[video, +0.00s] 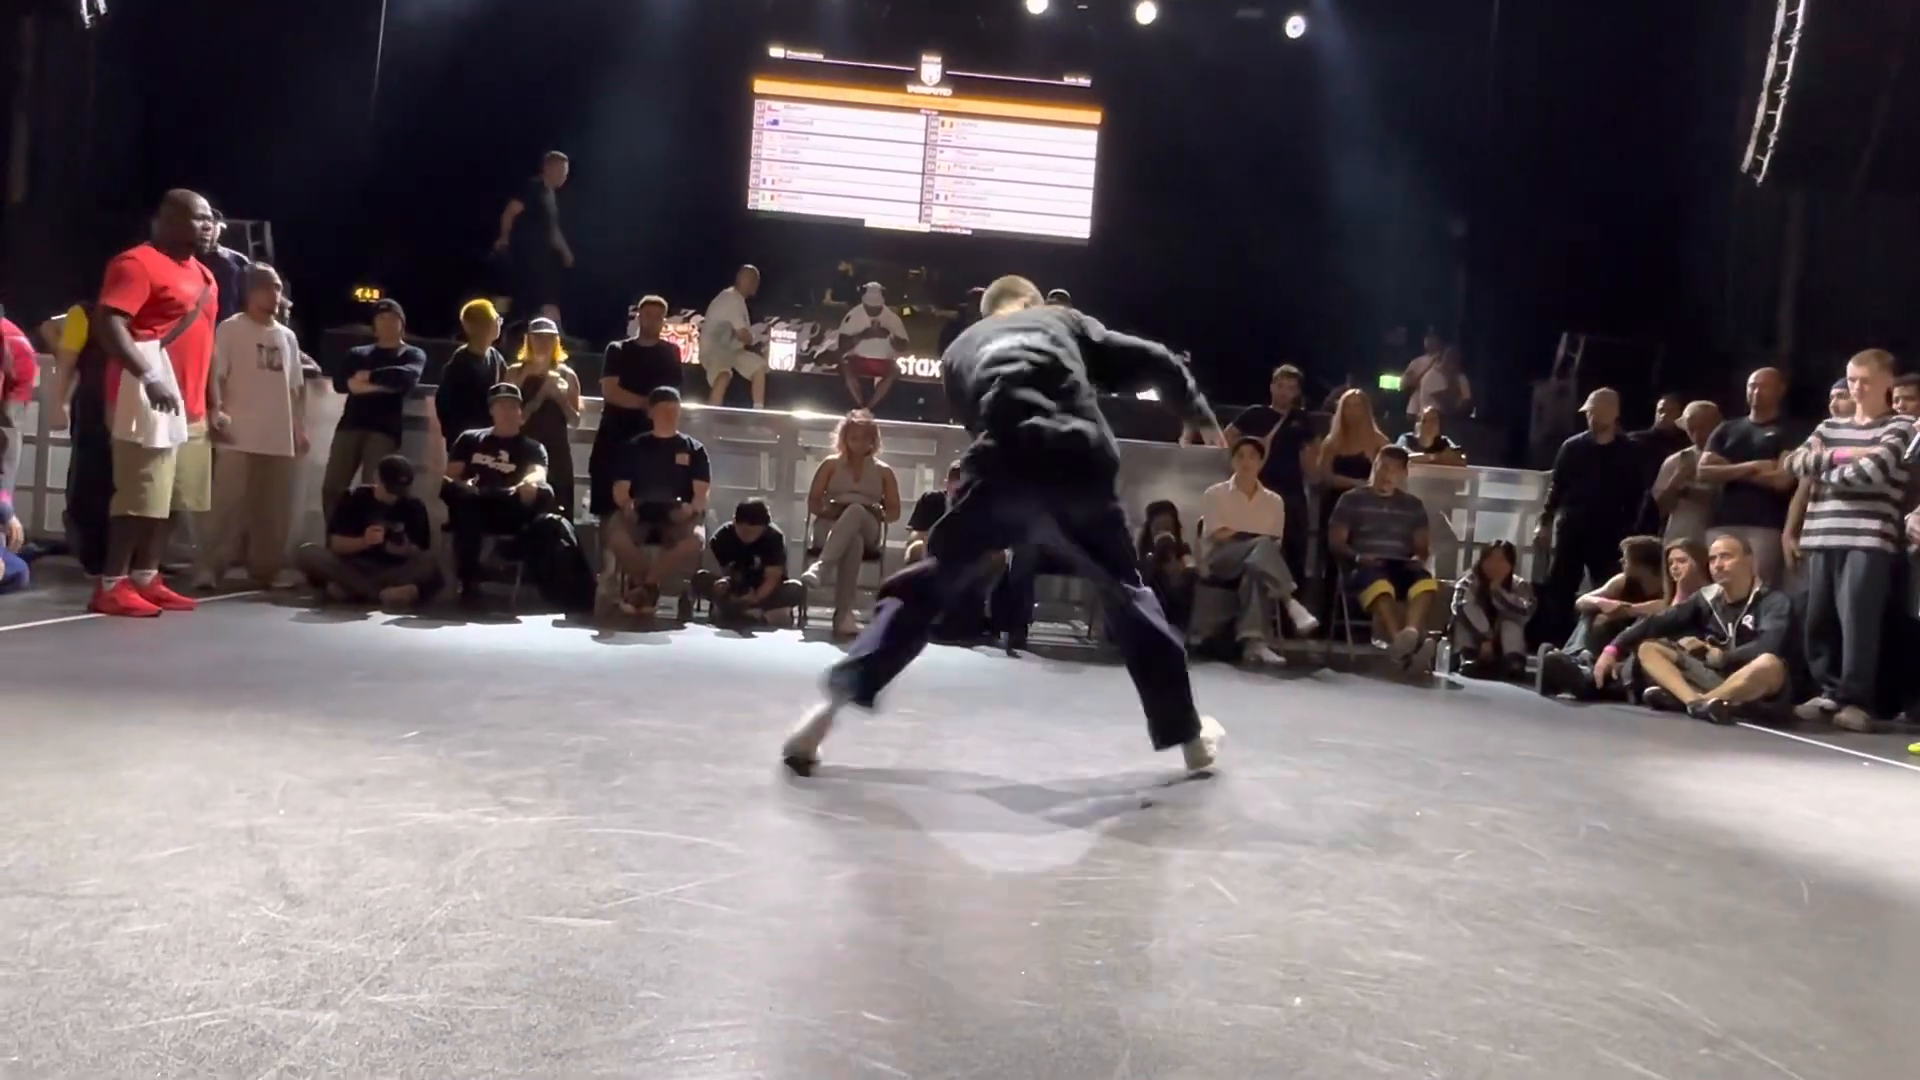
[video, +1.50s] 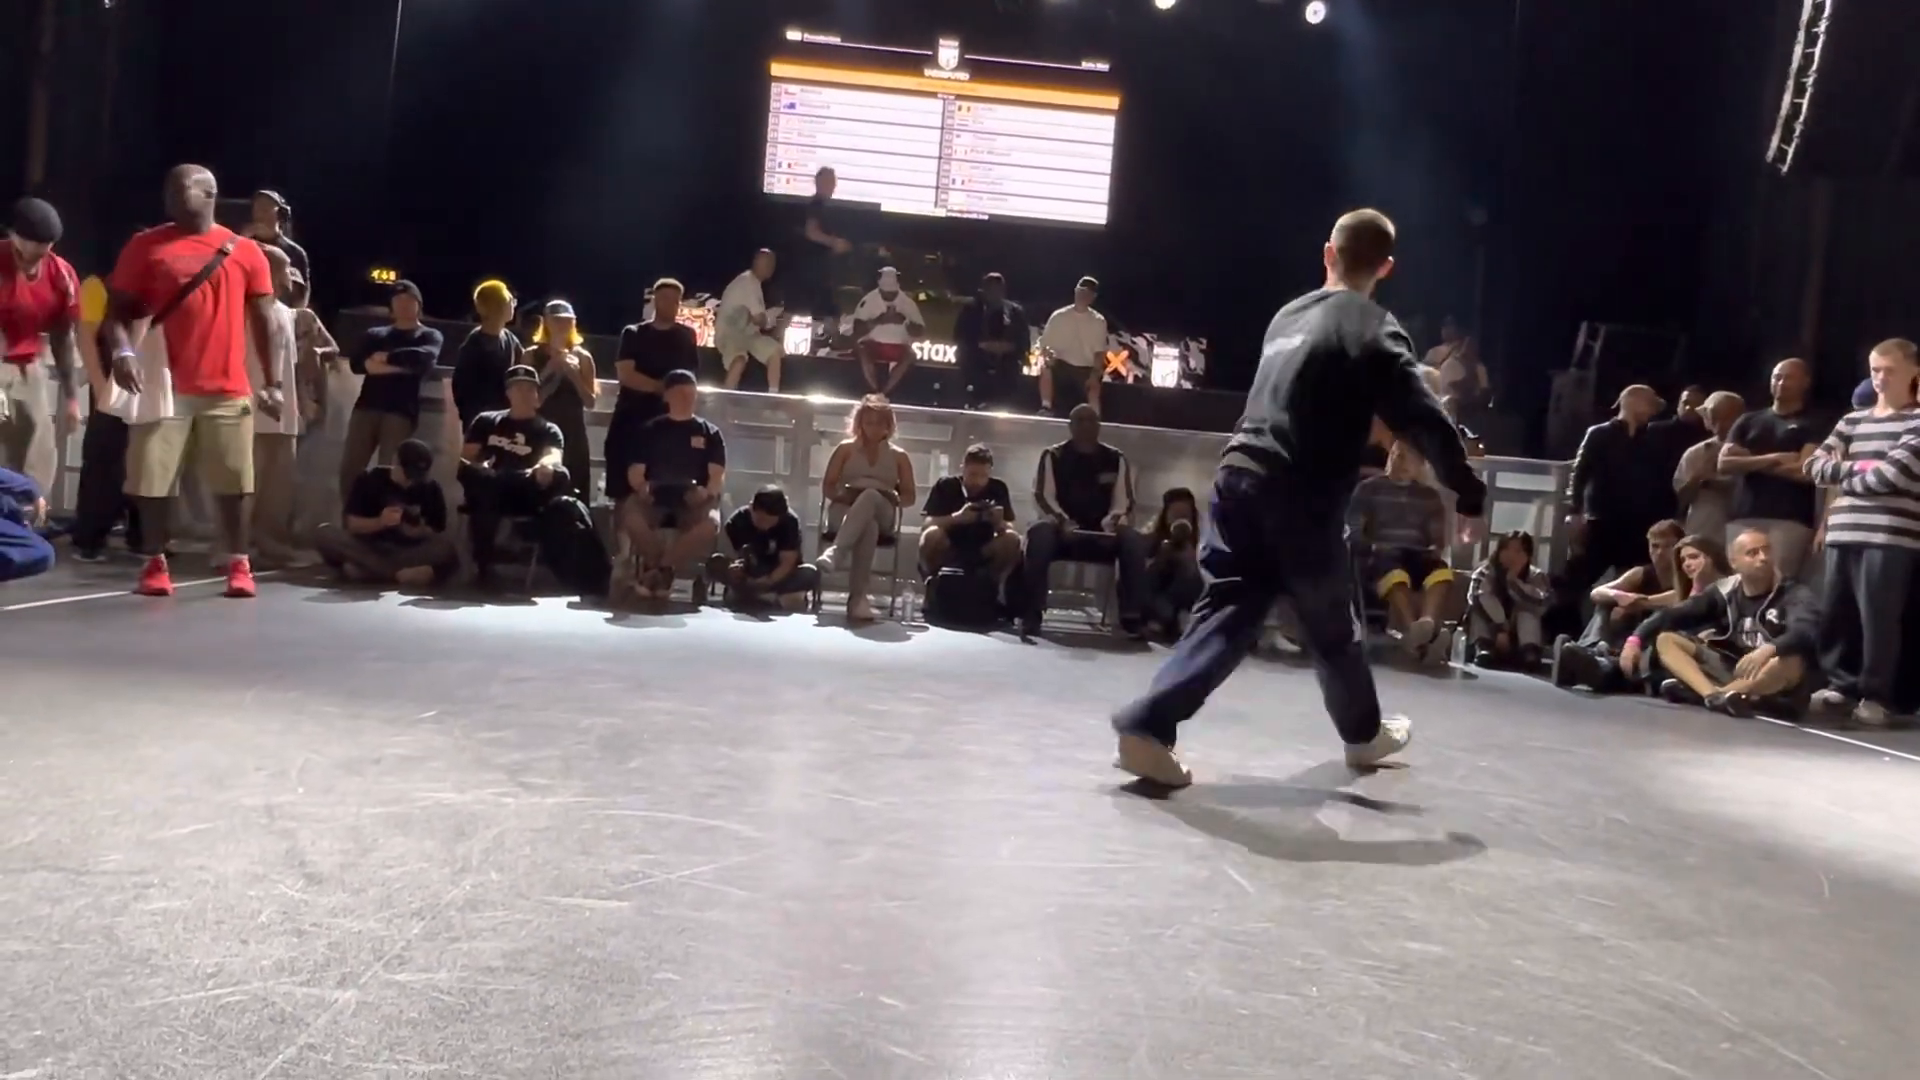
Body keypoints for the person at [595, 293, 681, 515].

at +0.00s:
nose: (652, 321)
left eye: (657, 316)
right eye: (648, 315)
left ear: (663, 321)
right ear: (638, 317)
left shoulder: (670, 352)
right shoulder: (617, 349)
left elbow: (672, 397)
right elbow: (609, 391)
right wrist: (648, 403)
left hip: (652, 436)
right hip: (615, 434)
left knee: (649, 504)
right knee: (609, 507)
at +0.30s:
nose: (657, 315)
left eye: (662, 310)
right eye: (652, 309)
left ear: (668, 315)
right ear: (643, 311)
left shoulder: (674, 346)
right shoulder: (621, 343)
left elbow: (676, 393)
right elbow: (613, 386)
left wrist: (626, 388)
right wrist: (652, 398)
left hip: (657, 428)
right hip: (620, 426)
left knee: (654, 497)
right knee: (612, 499)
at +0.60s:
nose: (662, 311)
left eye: (667, 307)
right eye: (657, 305)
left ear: (672, 311)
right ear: (647, 307)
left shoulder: (679, 343)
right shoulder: (626, 340)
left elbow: (682, 388)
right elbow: (618, 383)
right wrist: (656, 395)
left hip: (661, 424)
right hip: (624, 422)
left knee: (658, 492)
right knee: (617, 495)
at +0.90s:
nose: (666, 308)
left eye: (671, 303)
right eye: (661, 302)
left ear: (676, 308)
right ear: (650, 305)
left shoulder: (682, 340)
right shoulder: (629, 338)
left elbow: (685, 385)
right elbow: (621, 381)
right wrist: (659, 393)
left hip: (665, 423)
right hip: (628, 421)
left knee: (662, 491)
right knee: (620, 493)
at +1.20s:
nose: (669, 308)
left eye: (674, 303)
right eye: (664, 302)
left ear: (678, 306)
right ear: (653, 303)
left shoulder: (685, 338)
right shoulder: (631, 335)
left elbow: (688, 382)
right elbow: (624, 378)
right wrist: (662, 391)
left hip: (668, 422)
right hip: (630, 420)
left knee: (665, 488)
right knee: (623, 491)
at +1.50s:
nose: (671, 305)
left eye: (675, 300)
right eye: (665, 299)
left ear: (679, 303)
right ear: (654, 301)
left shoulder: (686, 335)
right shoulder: (633, 333)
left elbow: (689, 380)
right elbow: (625, 375)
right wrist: (663, 388)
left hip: (669, 418)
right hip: (632, 416)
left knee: (666, 485)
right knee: (623, 488)